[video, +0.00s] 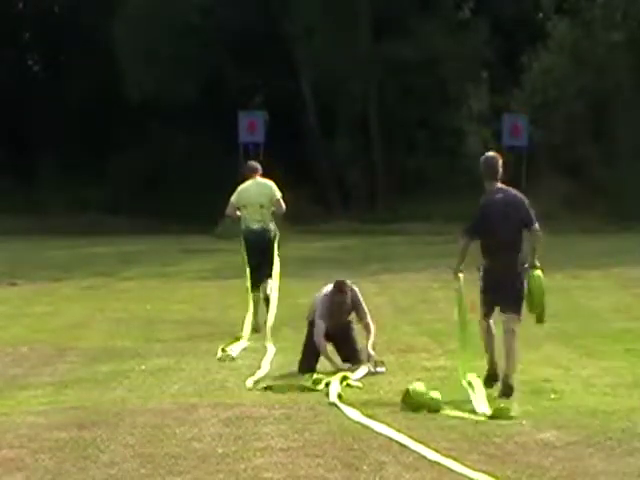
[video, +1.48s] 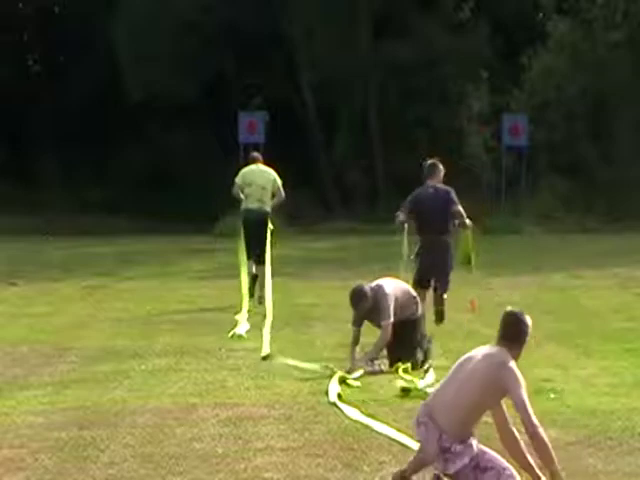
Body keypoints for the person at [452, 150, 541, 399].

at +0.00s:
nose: (489, 175)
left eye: (486, 171)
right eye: (497, 169)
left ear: (482, 173)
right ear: (502, 171)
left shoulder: (484, 203)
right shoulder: (518, 199)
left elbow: (468, 238)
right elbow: (535, 231)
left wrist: (458, 265)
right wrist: (533, 260)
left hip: (491, 269)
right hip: (514, 269)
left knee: (485, 318)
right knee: (511, 324)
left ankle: (492, 364)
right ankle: (508, 376)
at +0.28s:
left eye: (461, 182)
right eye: (472, 180)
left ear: (458, 183)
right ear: (477, 181)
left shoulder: (457, 210)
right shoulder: (492, 200)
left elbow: (447, 248)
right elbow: (511, 225)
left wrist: (437, 280)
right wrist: (512, 255)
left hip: (470, 262)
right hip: (493, 259)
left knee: (473, 313)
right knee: (485, 313)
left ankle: (479, 345)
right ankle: (478, 365)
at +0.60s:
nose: (436, 202)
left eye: (435, 198)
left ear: (435, 198)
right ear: (452, 193)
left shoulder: (438, 219)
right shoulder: (470, 205)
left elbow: (427, 259)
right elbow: (487, 220)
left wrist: (415, 292)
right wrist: (493, 250)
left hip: (457, 266)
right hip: (479, 261)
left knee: (452, 318)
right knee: (476, 312)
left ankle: (464, 364)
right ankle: (481, 334)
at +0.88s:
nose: (435, 177)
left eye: (431, 173)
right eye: (439, 171)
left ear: (427, 175)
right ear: (444, 173)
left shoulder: (428, 197)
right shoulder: (458, 193)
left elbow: (426, 218)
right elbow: (475, 216)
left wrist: (422, 246)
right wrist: (481, 243)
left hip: (439, 248)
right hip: (458, 245)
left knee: (435, 295)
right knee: (458, 298)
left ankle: (443, 329)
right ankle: (456, 346)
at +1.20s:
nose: (441, 179)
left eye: (435, 176)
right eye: (441, 176)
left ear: (426, 177)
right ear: (442, 176)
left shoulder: (418, 197)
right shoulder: (449, 198)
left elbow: (405, 216)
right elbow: (464, 223)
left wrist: (395, 227)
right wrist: (470, 243)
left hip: (424, 244)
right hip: (443, 244)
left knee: (424, 285)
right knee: (439, 287)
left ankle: (428, 322)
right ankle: (436, 328)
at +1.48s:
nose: (442, 177)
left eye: (441, 174)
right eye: (442, 174)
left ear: (426, 175)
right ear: (440, 174)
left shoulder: (417, 194)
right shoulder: (447, 192)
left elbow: (402, 214)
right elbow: (457, 211)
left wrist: (403, 219)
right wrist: (465, 221)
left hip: (425, 239)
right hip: (442, 239)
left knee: (421, 280)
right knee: (442, 275)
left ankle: (418, 314)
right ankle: (439, 299)